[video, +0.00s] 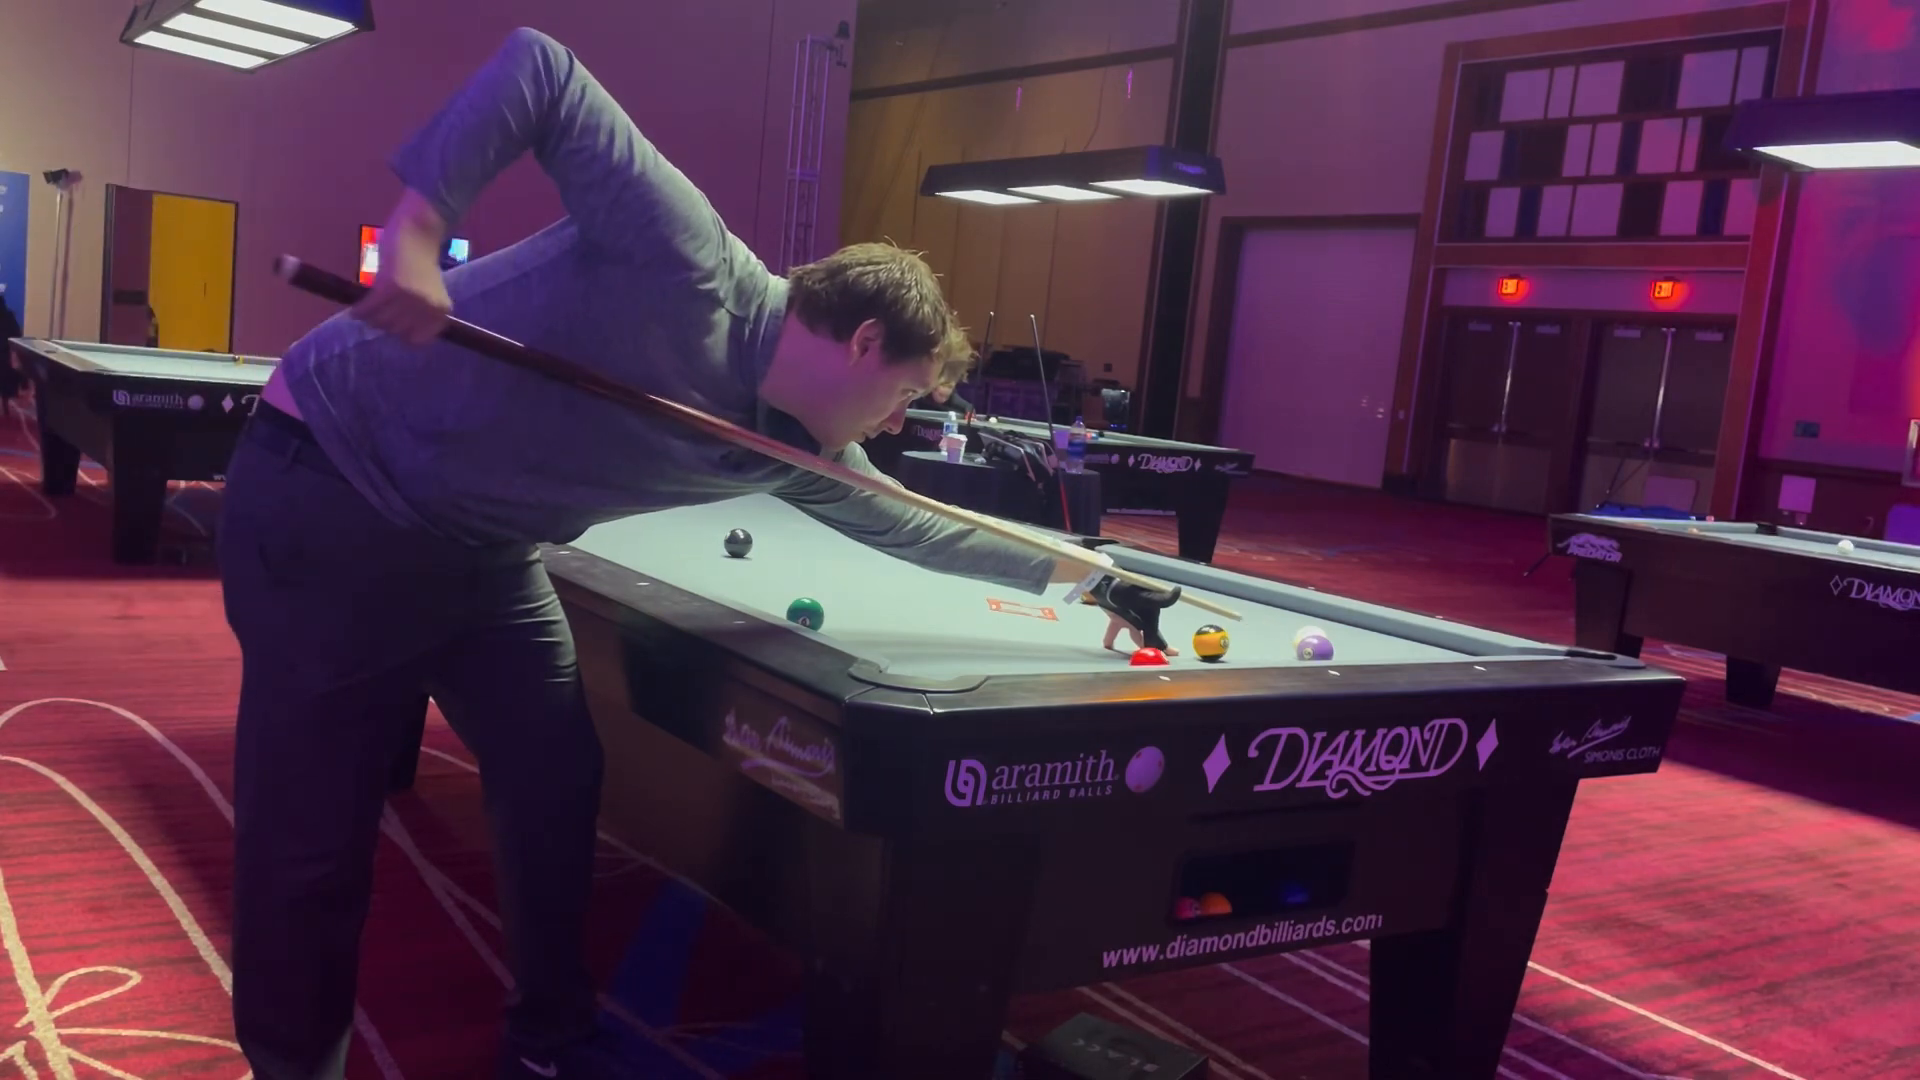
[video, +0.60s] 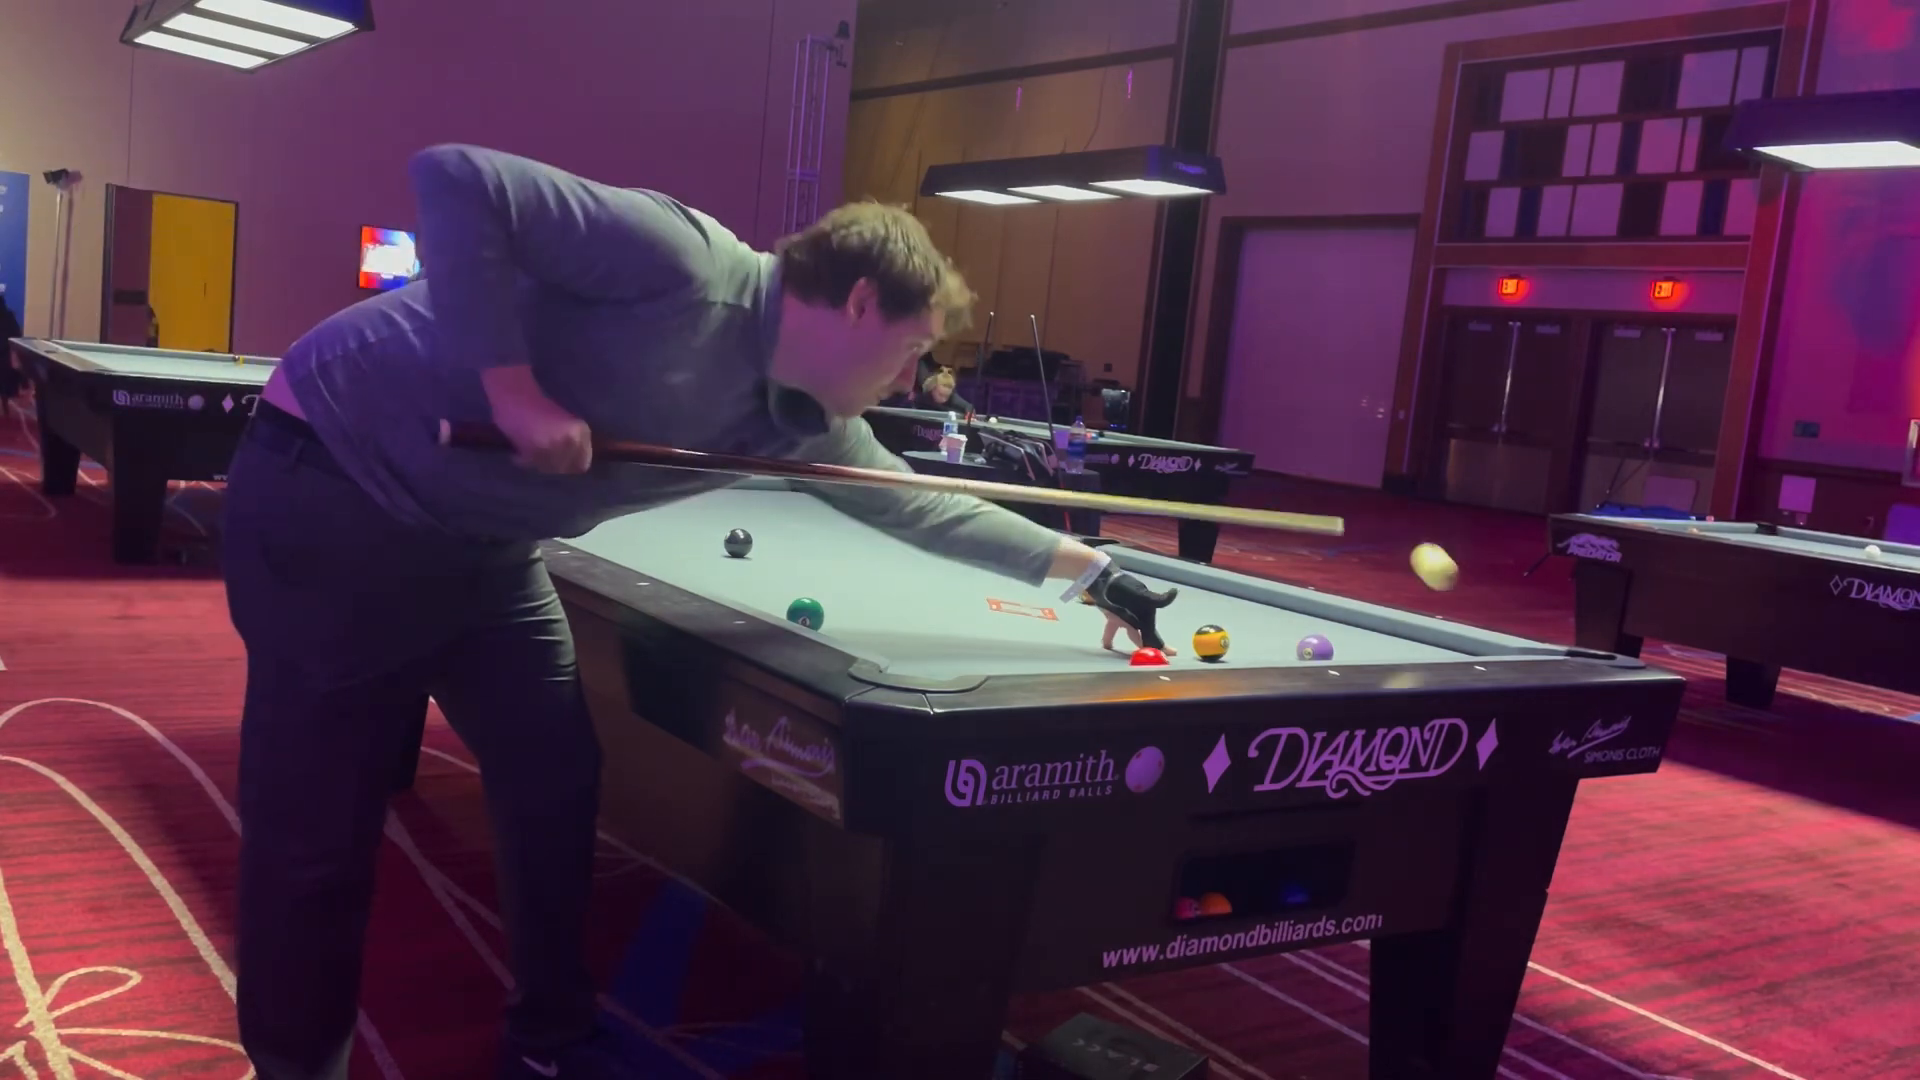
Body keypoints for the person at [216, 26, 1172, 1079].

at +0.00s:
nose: (891, 431)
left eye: (909, 411)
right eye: (903, 400)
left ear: (853, 347)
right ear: (860, 340)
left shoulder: (783, 437)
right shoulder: (682, 252)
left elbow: (911, 526)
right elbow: (536, 71)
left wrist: (1067, 563)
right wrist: (414, 229)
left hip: (485, 536)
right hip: (331, 478)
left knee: (553, 763)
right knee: (311, 826)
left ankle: (547, 1033)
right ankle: (294, 1056)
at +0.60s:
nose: (907, 379)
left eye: (919, 360)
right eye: (912, 351)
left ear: (854, 310)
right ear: (858, 302)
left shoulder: (795, 409)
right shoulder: (680, 261)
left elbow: (904, 503)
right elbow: (454, 176)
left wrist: (1074, 560)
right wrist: (511, 383)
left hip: (488, 534)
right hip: (336, 485)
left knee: (552, 768)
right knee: (316, 823)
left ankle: (551, 1033)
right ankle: (294, 1060)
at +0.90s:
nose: (888, 245)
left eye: (899, 223)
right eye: (883, 212)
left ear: (818, 187)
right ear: (810, 171)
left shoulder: (775, 320)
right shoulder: (631, 184)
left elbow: (879, 412)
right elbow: (393, 187)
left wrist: (1031, 480)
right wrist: (501, 364)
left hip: (488, 526)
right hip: (345, 488)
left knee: (547, 773)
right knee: (340, 820)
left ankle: (552, 1030)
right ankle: (304, 1063)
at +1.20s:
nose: (774, 154)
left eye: (800, 132)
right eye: (762, 113)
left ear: (814, 127)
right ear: (687, 61)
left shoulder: (722, 221)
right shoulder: (544, 122)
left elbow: (819, 293)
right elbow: (318, 197)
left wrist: (965, 326)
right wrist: (473, 346)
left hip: (507, 525)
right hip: (363, 501)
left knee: (558, 776)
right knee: (376, 802)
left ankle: (548, 1038)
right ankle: (312, 1063)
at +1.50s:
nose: (702, 63)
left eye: (730, 37)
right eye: (682, 21)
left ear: (745, 44)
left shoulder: (677, 165)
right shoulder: (469, 96)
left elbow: (717, 261)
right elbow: (261, 227)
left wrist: (872, 294)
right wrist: (439, 352)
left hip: (520, 522)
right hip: (375, 514)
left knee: (551, 791)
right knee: (390, 805)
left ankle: (548, 1032)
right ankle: (317, 1060)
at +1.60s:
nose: (630, 6)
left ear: (676, 12)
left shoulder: (643, 128)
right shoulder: (415, 81)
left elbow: (640, 272)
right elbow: (220, 222)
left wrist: (750, 342)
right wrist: (402, 345)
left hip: (526, 525)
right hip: (374, 522)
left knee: (545, 803)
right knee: (395, 818)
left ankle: (549, 1034)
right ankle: (320, 1064)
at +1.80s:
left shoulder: (603, 87)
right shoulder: (306, 37)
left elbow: (601, 284)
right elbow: (131, 204)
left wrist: (594, 394)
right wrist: (267, 323)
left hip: (512, 539)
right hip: (318, 533)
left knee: (562, 816)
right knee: (329, 871)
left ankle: (541, 1046)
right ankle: (292, 1062)